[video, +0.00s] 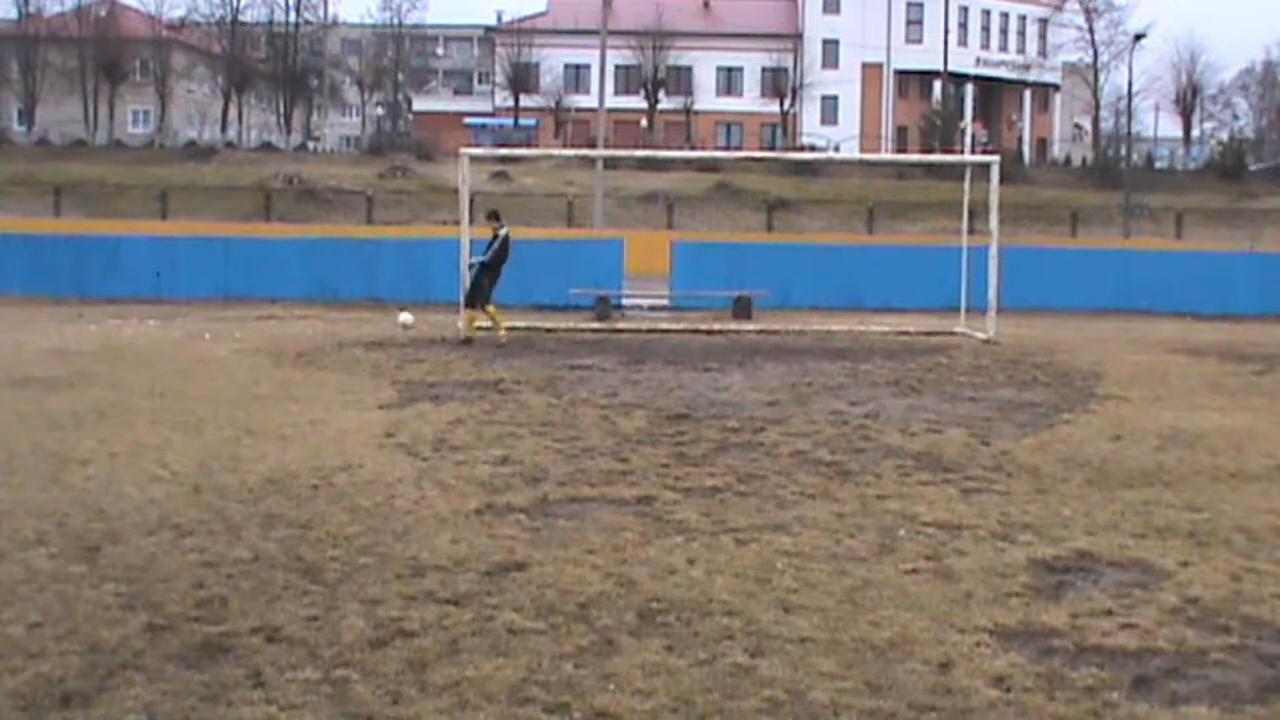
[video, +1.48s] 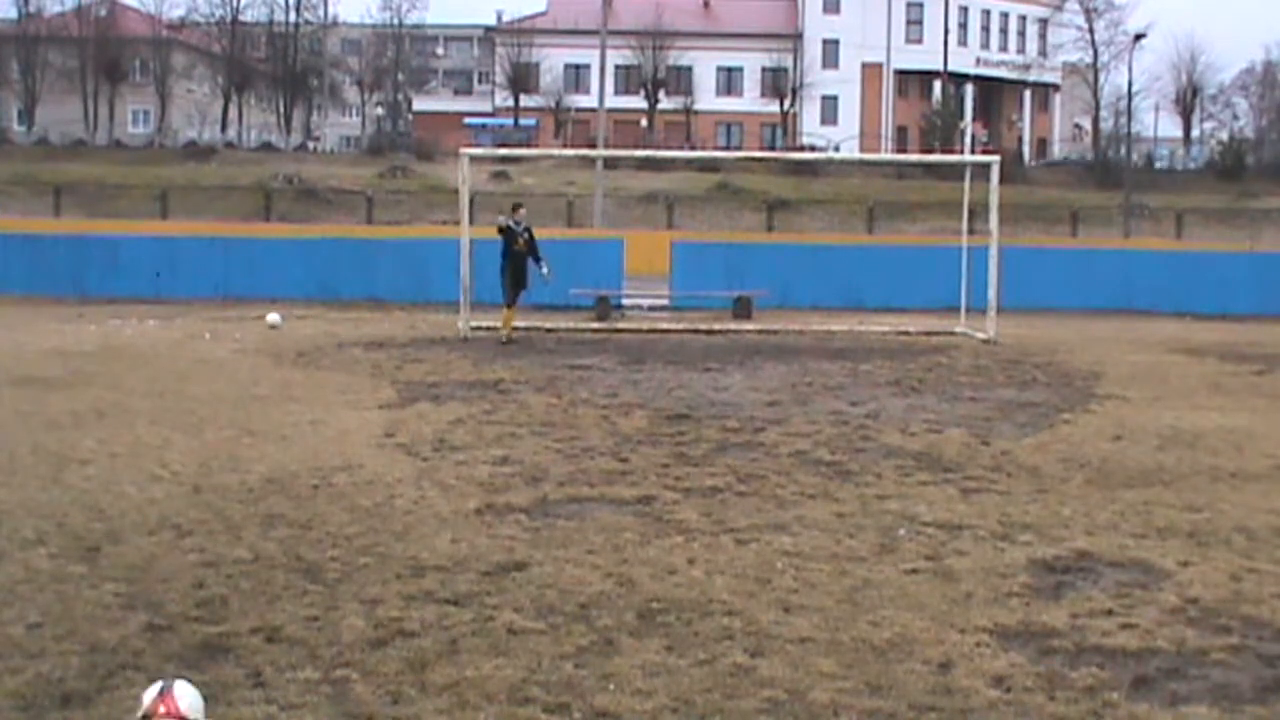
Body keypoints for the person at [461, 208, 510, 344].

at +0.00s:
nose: (490, 226)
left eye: (491, 223)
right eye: (489, 223)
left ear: (497, 222)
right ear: (491, 223)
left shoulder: (503, 237)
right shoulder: (496, 236)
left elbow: (490, 258)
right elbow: (487, 256)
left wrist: (473, 261)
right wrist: (474, 262)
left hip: (490, 274)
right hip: (482, 273)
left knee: (483, 303)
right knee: (471, 302)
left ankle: (501, 331)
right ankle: (468, 334)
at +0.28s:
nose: (479, 218)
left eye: (481, 214)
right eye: (477, 214)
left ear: (487, 215)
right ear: (478, 216)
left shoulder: (490, 233)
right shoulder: (482, 232)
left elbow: (482, 252)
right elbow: (477, 250)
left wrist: (471, 263)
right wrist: (469, 262)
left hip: (485, 272)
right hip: (478, 271)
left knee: (480, 301)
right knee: (471, 300)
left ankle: (485, 332)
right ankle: (475, 330)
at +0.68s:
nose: (474, 213)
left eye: (477, 210)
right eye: (472, 209)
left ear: (481, 211)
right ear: (468, 211)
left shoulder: (487, 230)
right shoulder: (464, 231)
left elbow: (494, 251)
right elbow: (461, 251)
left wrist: (491, 268)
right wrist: (462, 266)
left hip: (486, 269)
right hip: (472, 269)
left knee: (493, 299)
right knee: (475, 302)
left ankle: (498, 328)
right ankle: (476, 329)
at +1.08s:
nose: (495, 216)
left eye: (497, 214)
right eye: (493, 213)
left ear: (501, 215)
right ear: (489, 215)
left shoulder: (507, 231)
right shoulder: (482, 231)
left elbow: (511, 252)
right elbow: (473, 248)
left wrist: (512, 267)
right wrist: (467, 261)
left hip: (502, 269)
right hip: (486, 269)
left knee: (502, 300)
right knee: (482, 300)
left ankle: (503, 327)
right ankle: (478, 328)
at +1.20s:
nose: (503, 216)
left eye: (505, 213)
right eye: (500, 213)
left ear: (508, 214)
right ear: (496, 214)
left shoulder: (514, 231)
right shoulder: (491, 230)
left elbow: (518, 250)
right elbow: (482, 244)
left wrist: (521, 265)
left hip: (509, 268)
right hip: (494, 268)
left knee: (506, 300)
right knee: (487, 300)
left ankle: (504, 327)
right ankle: (481, 328)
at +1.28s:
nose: (507, 215)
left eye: (509, 212)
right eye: (504, 212)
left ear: (512, 214)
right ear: (500, 214)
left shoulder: (517, 231)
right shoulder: (495, 230)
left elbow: (523, 250)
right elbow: (496, 246)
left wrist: (527, 265)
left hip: (512, 268)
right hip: (498, 268)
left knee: (508, 301)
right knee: (490, 300)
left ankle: (504, 329)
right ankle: (483, 329)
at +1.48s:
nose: (523, 215)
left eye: (524, 213)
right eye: (521, 212)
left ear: (524, 214)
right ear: (514, 214)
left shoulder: (527, 230)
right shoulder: (508, 229)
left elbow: (533, 250)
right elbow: (501, 232)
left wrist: (541, 265)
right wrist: (502, 226)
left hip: (521, 266)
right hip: (508, 266)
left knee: (513, 301)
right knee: (509, 301)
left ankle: (507, 331)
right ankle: (505, 332)